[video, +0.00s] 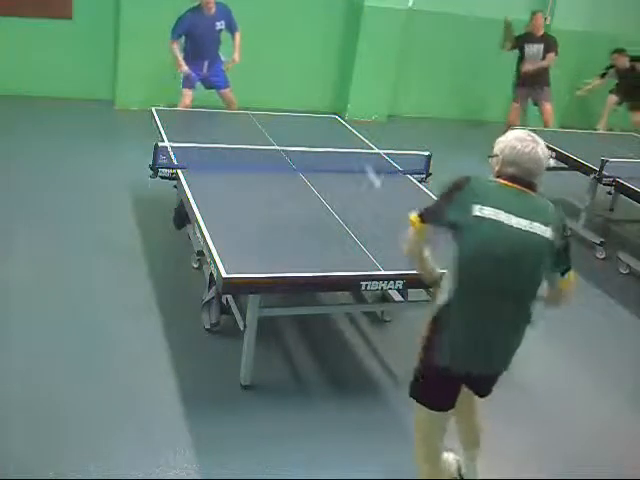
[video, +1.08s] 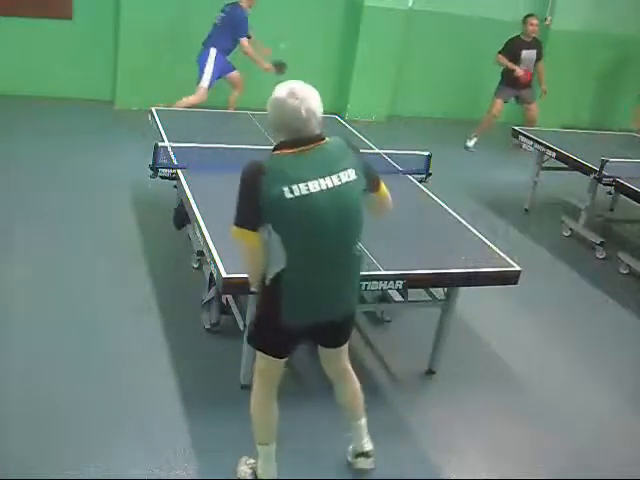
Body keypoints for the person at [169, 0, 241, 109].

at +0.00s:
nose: (210, 3)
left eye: (212, 1)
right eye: (206, 1)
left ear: (215, 1)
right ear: (201, 2)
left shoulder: (223, 11)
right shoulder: (189, 16)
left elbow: (235, 31)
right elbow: (174, 41)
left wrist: (236, 54)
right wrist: (181, 64)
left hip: (214, 63)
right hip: (192, 64)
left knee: (230, 100)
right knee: (186, 102)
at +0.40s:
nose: (212, 1)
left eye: (214, 0)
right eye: (210, 0)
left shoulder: (223, 6)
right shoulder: (190, 6)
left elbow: (229, 27)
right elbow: (173, 30)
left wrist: (236, 45)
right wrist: (179, 50)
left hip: (207, 53)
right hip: (186, 52)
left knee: (220, 89)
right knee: (167, 90)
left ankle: (221, 122)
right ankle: (148, 117)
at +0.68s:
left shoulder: (215, 7)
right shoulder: (187, 11)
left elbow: (217, 30)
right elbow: (177, 37)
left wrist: (220, 52)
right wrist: (198, 51)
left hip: (202, 50)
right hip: (182, 50)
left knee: (216, 85)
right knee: (167, 90)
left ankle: (218, 118)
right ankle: (147, 116)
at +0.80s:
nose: (225, 4)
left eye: (224, 2)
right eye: (224, 2)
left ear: (214, 1)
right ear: (219, 1)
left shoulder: (204, 8)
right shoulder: (212, 16)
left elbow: (204, 36)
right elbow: (226, 46)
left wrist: (219, 51)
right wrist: (251, 42)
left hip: (198, 57)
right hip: (188, 56)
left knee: (221, 82)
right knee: (172, 99)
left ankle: (223, 118)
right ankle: (143, 115)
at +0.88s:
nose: (238, 5)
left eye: (237, 2)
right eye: (236, 2)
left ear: (224, 1)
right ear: (229, 2)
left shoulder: (210, 10)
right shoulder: (223, 16)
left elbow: (206, 39)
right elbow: (240, 46)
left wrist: (223, 52)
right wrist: (265, 43)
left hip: (203, 59)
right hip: (195, 58)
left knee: (227, 83)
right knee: (175, 98)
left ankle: (226, 119)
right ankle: (141, 116)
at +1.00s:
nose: (249, 5)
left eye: (249, 3)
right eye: (249, 2)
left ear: (238, 0)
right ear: (244, 2)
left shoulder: (224, 9)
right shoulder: (237, 16)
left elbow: (227, 37)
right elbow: (248, 50)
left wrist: (242, 51)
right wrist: (268, 58)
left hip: (213, 56)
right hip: (209, 55)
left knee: (235, 82)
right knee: (192, 98)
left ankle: (227, 121)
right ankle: (151, 112)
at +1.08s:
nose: (254, 3)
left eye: (254, 1)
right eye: (253, 1)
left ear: (244, 1)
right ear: (247, 1)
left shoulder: (233, 8)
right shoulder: (239, 14)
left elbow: (247, 37)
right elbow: (245, 46)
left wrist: (262, 50)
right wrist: (263, 65)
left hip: (219, 54)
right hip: (212, 52)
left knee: (238, 83)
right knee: (201, 96)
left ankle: (230, 117)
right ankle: (169, 111)